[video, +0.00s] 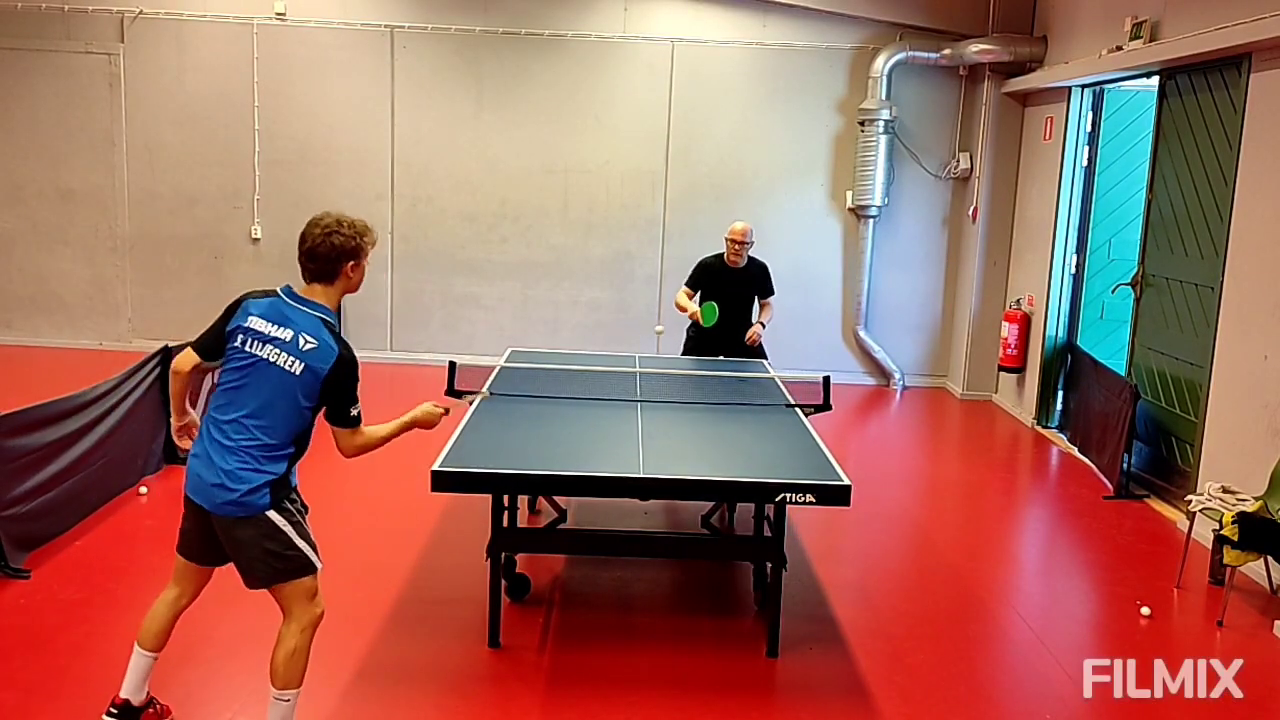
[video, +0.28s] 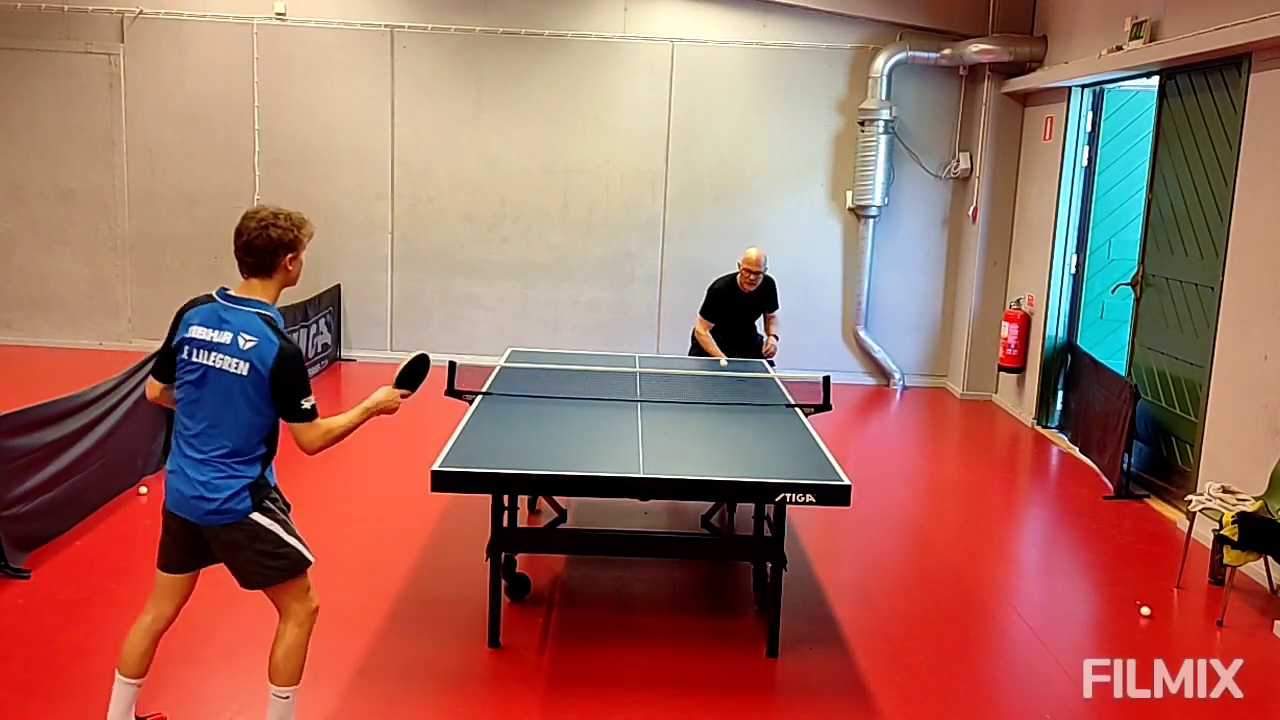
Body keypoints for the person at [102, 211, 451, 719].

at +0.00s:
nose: (365, 271)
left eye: (364, 262)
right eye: (363, 263)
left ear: (304, 262)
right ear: (348, 272)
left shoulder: (251, 305)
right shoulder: (335, 353)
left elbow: (182, 365)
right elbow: (351, 443)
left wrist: (179, 414)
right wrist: (411, 420)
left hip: (203, 480)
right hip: (256, 496)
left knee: (179, 590)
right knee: (304, 611)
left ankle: (127, 701)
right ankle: (280, 716)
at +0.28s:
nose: (302, 263)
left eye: (302, 254)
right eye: (301, 255)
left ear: (241, 258)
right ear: (286, 264)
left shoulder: (193, 314)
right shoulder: (278, 347)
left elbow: (157, 392)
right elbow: (311, 438)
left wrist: (212, 401)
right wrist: (371, 408)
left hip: (182, 494)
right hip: (239, 504)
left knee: (157, 611)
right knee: (298, 609)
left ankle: (118, 715)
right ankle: (279, 716)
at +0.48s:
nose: (286, 259)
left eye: (284, 249)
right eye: (284, 251)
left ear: (228, 257)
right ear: (268, 261)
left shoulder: (196, 301)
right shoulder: (233, 343)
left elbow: (195, 379)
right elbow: (234, 443)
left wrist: (259, 393)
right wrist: (317, 461)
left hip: (150, 481)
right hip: (191, 493)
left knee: (138, 609)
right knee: (252, 613)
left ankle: (114, 715)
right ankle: (256, 716)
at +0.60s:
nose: (289, 270)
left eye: (288, 262)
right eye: (287, 262)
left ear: (234, 262)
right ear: (271, 270)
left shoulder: (205, 304)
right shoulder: (222, 349)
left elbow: (213, 378)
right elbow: (206, 455)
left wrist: (274, 398)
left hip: (146, 482)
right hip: (177, 494)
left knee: (139, 606)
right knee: (233, 617)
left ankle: (115, 715)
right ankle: (227, 717)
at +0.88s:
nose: (323, 292)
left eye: (325, 282)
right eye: (316, 281)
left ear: (279, 278)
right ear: (279, 278)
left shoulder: (240, 309)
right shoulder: (235, 346)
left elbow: (214, 391)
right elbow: (208, 447)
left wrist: (251, 432)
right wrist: (248, 510)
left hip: (170, 481)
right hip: (190, 493)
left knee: (157, 598)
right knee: (231, 623)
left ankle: (110, 710)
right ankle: (226, 718)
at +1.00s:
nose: (306, 282)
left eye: (308, 271)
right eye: (297, 270)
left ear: (259, 266)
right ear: (260, 264)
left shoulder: (215, 304)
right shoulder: (247, 334)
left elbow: (199, 386)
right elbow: (275, 428)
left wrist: (251, 426)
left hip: (170, 480)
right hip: (202, 494)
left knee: (189, 591)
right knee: (236, 621)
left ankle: (123, 702)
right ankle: (228, 719)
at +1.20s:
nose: (276, 265)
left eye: (278, 253)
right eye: (265, 253)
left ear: (230, 255)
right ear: (228, 252)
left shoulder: (185, 304)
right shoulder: (230, 325)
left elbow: (151, 378)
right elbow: (263, 417)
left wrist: (207, 415)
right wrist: (350, 408)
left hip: (177, 479)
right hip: (208, 492)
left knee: (204, 591)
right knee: (245, 616)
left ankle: (141, 690)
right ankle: (233, 719)